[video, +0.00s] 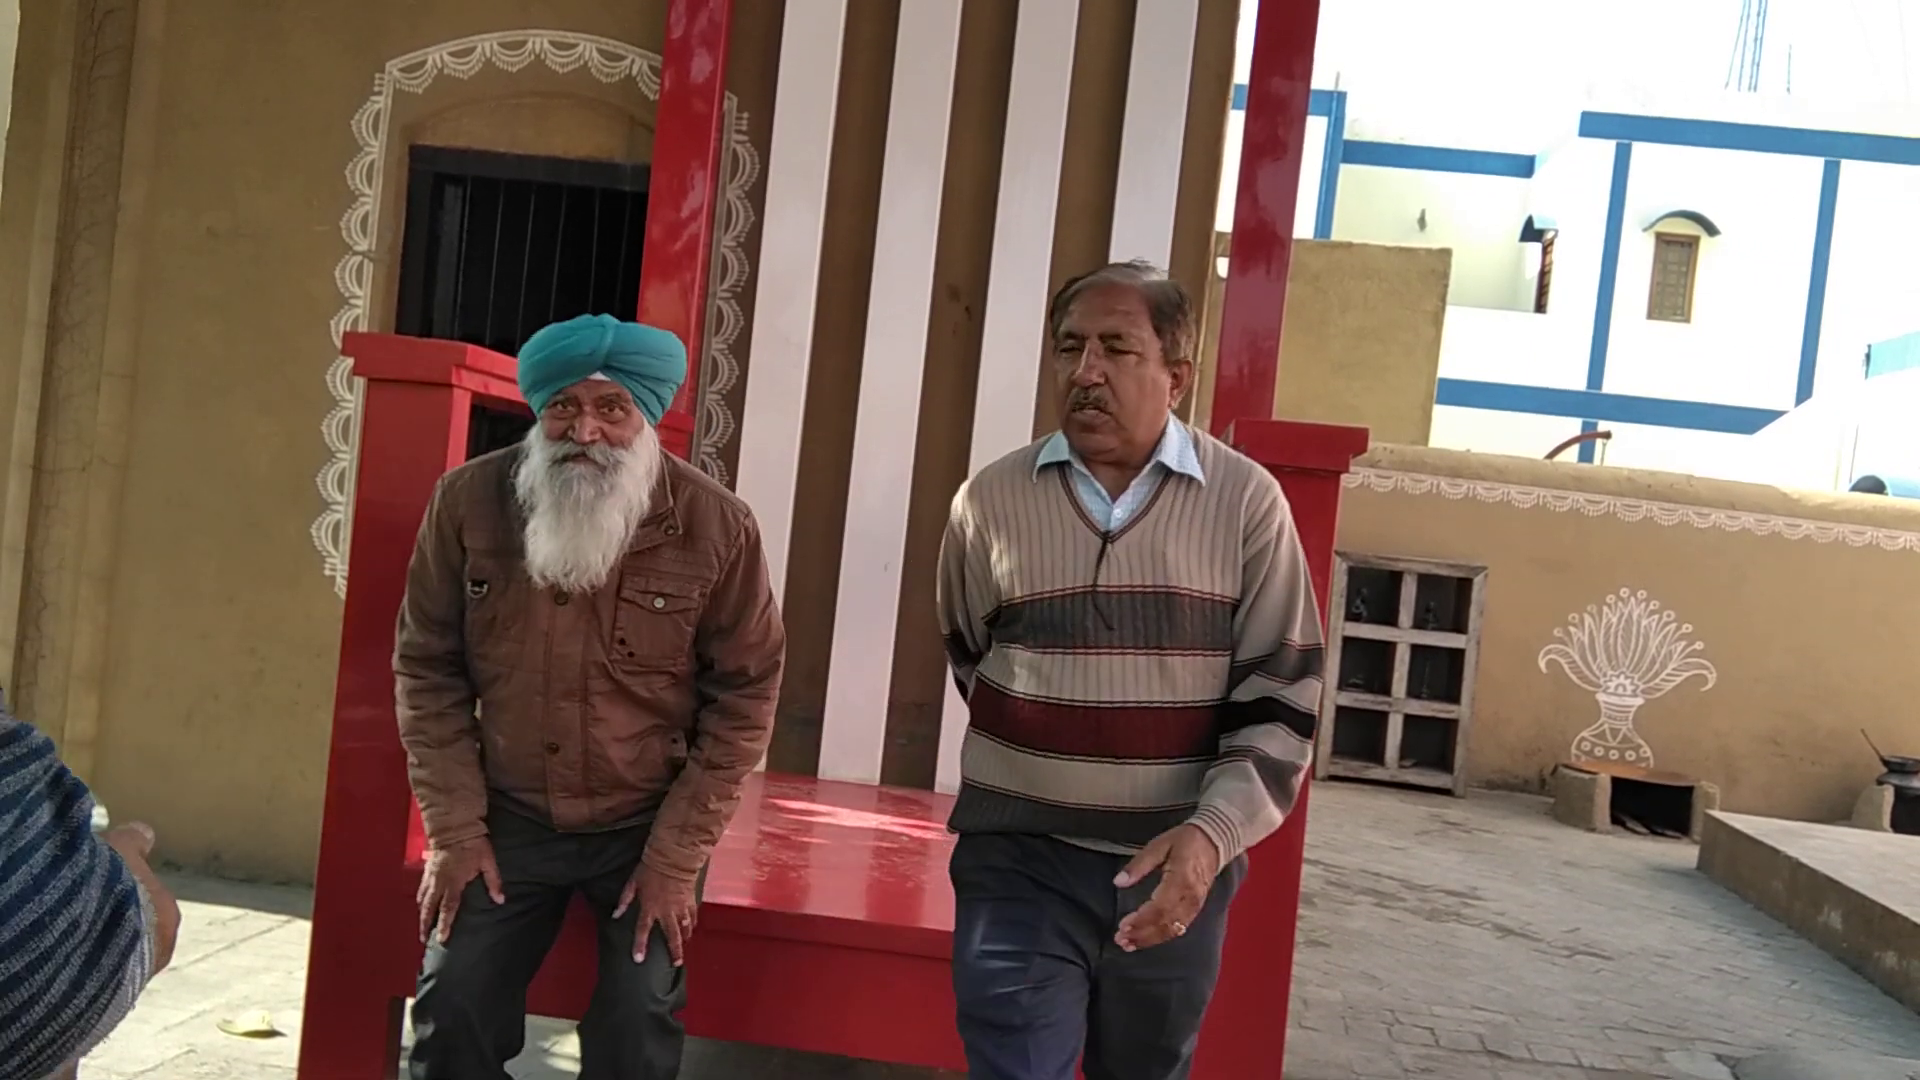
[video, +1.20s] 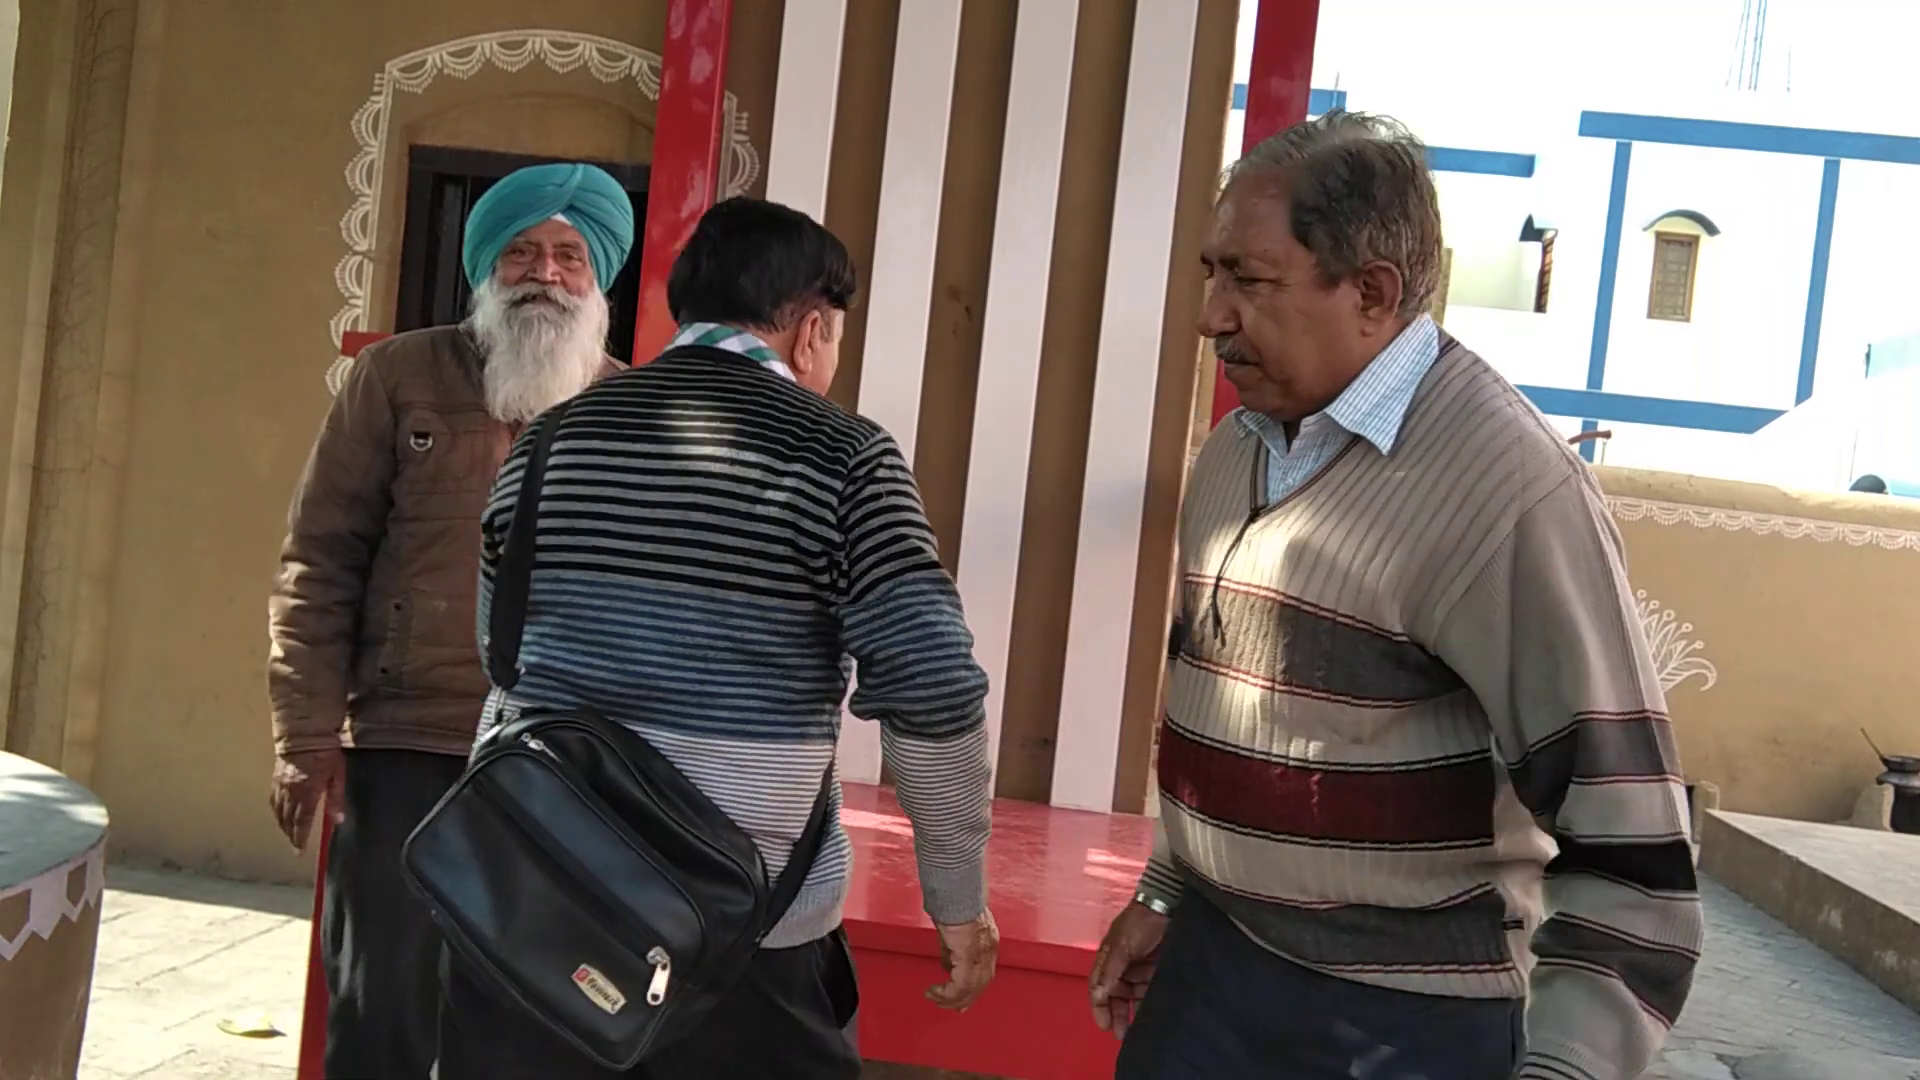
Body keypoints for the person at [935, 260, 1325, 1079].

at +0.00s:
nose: (1084, 371)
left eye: (1116, 349)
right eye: (1071, 348)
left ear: (1177, 376)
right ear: (1054, 363)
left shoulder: (1247, 504)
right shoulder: (986, 503)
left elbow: (1283, 705)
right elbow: (971, 667)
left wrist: (1212, 834)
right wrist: (1057, 753)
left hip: (1175, 879)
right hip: (1018, 862)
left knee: (1143, 1070)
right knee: (1019, 1067)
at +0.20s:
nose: (1066, 342)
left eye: (1093, 312)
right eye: (1040, 321)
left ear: (1151, 335)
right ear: (1020, 351)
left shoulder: (1248, 456)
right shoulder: (967, 506)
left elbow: (1311, 669)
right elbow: (941, 711)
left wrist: (1253, 841)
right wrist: (987, 844)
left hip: (1217, 886)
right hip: (1032, 882)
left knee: (1200, 1068)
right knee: (1025, 1062)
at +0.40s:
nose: (1045, 315)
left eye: (1074, 281)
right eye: (1018, 295)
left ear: (1141, 303)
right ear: (1000, 328)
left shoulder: (1254, 434)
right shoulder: (965, 494)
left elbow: (1344, 655)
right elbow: (909, 711)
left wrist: (1356, 860)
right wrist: (868, 907)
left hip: (1251, 899)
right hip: (1049, 897)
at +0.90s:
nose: (1136, 301)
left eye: (1170, 263)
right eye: (1108, 272)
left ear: (1248, 287)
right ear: (1087, 303)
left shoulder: (1378, 438)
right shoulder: (1041, 491)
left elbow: (1467, 692)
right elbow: (1003, 736)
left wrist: (1401, 862)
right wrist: (986, 950)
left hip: (1328, 968)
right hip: (1102, 957)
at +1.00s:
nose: (1175, 300)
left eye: (1212, 264)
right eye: (1153, 274)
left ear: (1304, 285)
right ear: (1135, 300)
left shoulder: (1437, 463)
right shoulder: (1099, 484)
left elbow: (1529, 730)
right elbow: (1049, 726)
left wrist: (1481, 947)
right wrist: (1021, 939)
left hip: (1360, 989)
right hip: (1125, 960)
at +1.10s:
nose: (1198, 304)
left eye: (1238, 266)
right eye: (1187, 268)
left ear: (1351, 280)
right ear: (1176, 271)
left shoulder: (1480, 468)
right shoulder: (1160, 464)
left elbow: (1592, 772)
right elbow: (1110, 714)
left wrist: (1544, 1022)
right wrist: (1073, 912)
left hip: (1384, 1003)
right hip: (1163, 964)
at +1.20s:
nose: (1213, 317)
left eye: (1246, 280)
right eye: (1214, 276)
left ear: (1376, 291)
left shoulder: (1514, 489)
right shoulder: (1238, 442)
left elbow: (1631, 854)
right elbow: (1221, 708)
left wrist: (1564, 1066)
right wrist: (1165, 892)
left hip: (1407, 1022)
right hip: (1212, 968)